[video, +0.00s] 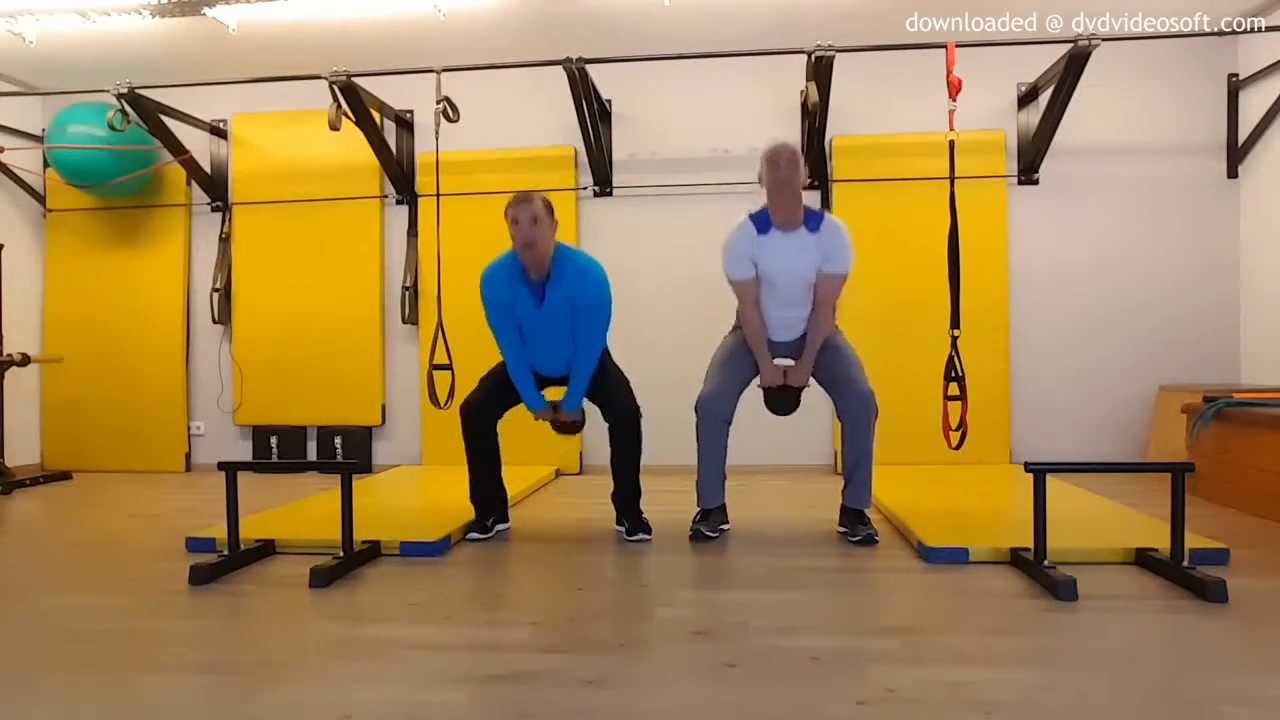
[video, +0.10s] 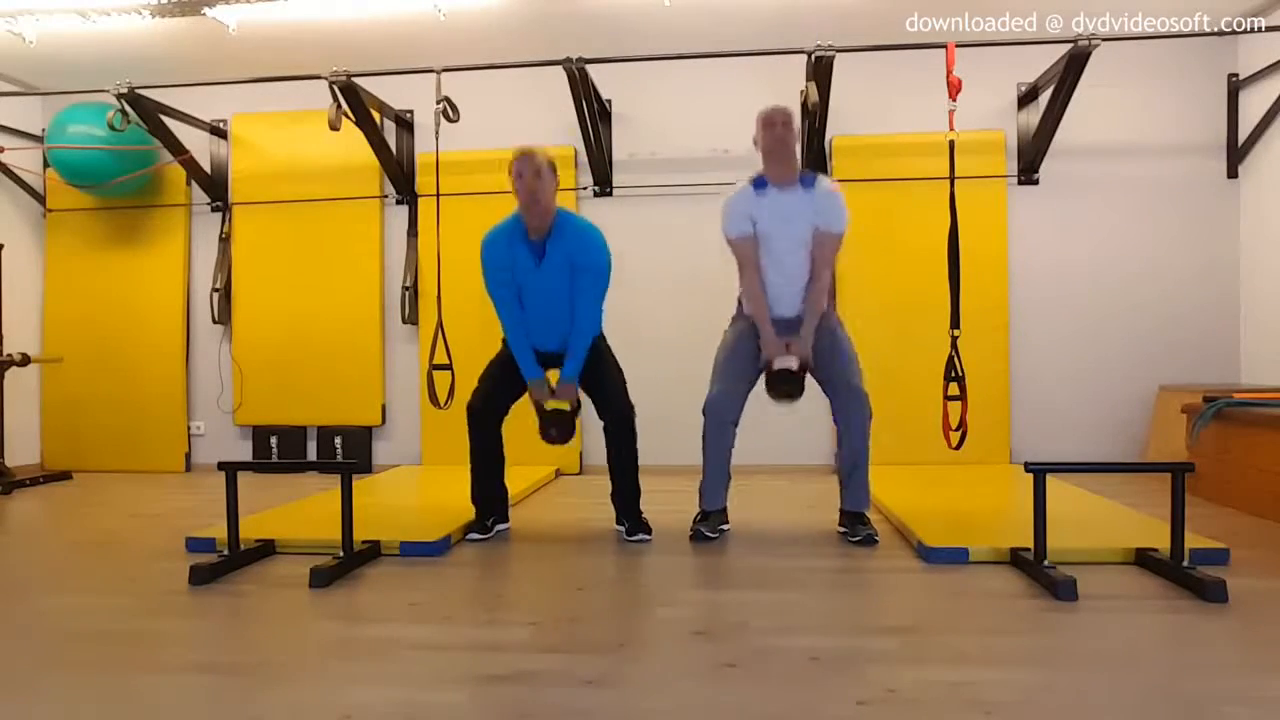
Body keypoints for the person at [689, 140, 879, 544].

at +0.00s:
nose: (785, 171)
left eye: (792, 165)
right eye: (776, 165)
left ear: (805, 177)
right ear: (761, 179)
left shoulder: (831, 233)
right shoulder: (742, 239)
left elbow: (824, 310)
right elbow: (748, 310)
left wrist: (806, 364)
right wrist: (765, 363)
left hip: (816, 337)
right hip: (754, 338)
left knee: (860, 401)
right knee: (711, 402)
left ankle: (854, 510)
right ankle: (712, 509)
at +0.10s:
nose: (779, 128)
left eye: (786, 123)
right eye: (770, 124)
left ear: (798, 136)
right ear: (756, 140)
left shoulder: (827, 196)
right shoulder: (740, 203)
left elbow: (821, 276)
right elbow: (749, 277)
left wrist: (807, 335)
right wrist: (767, 335)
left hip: (815, 317)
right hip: (756, 318)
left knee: (854, 404)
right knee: (719, 406)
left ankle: (854, 512)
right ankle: (712, 510)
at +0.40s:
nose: (785, 146)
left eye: (793, 140)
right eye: (780, 139)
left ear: (806, 138)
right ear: (764, 133)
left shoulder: (817, 177)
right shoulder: (744, 178)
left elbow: (823, 180)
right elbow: (739, 185)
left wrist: (810, 134)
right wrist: (759, 148)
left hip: (813, 299)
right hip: (756, 301)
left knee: (838, 404)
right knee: (735, 406)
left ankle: (852, 511)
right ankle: (714, 508)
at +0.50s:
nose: (777, 128)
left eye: (784, 122)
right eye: (770, 122)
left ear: (799, 133)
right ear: (758, 133)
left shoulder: (817, 178)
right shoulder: (744, 180)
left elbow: (816, 134)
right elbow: (750, 137)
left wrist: (805, 80)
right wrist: (764, 84)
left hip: (814, 299)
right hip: (756, 301)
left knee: (837, 404)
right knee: (736, 406)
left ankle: (853, 511)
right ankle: (715, 508)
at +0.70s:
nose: (777, 122)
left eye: (785, 116)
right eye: (770, 117)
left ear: (801, 126)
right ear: (758, 127)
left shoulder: (819, 172)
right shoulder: (746, 175)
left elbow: (818, 119)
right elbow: (751, 124)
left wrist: (806, 64)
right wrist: (763, 71)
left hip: (814, 298)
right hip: (757, 300)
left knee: (837, 404)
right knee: (737, 404)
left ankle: (853, 511)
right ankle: (714, 508)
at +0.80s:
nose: (778, 124)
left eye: (787, 118)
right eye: (771, 119)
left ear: (801, 126)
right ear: (760, 126)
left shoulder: (820, 172)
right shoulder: (745, 176)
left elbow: (821, 138)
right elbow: (751, 133)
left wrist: (806, 84)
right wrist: (764, 82)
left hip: (815, 299)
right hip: (757, 301)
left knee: (839, 406)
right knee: (736, 406)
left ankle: (853, 512)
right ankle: (714, 509)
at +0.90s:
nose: (786, 133)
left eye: (794, 125)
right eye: (781, 123)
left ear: (807, 126)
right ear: (764, 122)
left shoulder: (819, 170)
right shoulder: (745, 173)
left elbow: (823, 161)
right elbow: (749, 155)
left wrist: (809, 116)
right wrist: (768, 117)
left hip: (814, 304)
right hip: (757, 306)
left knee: (841, 407)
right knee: (732, 407)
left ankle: (852, 512)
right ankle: (714, 509)